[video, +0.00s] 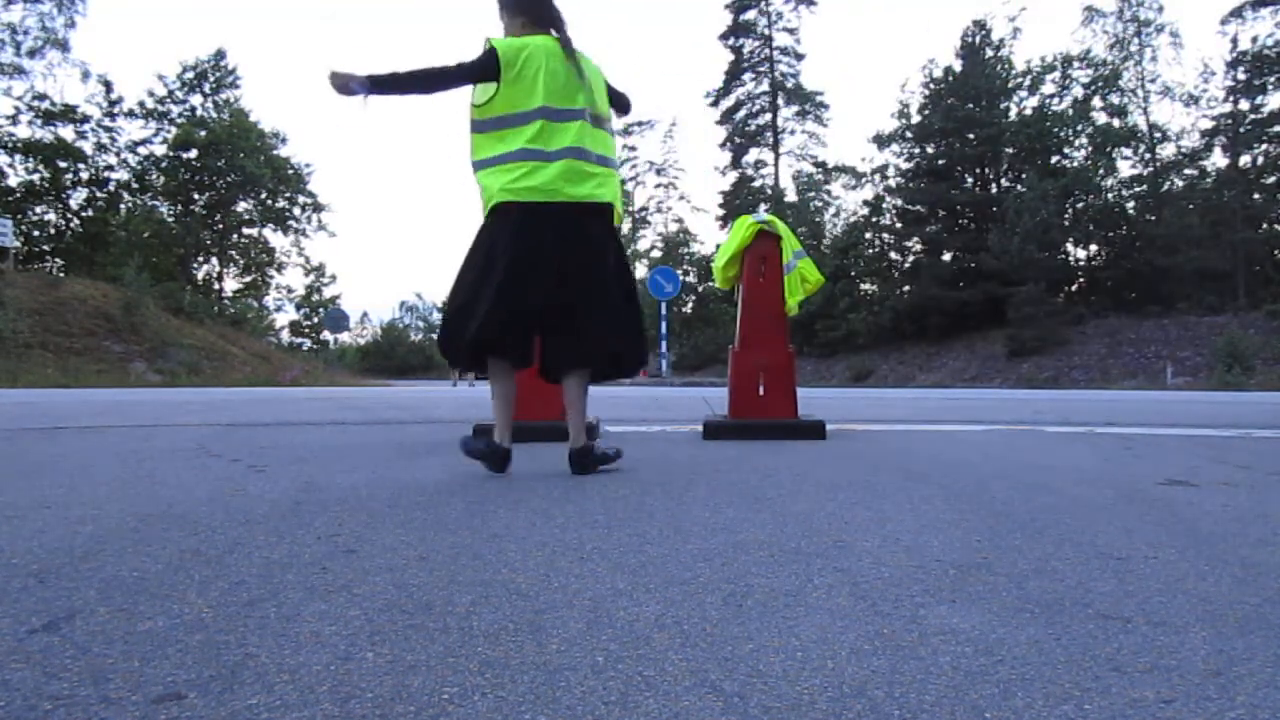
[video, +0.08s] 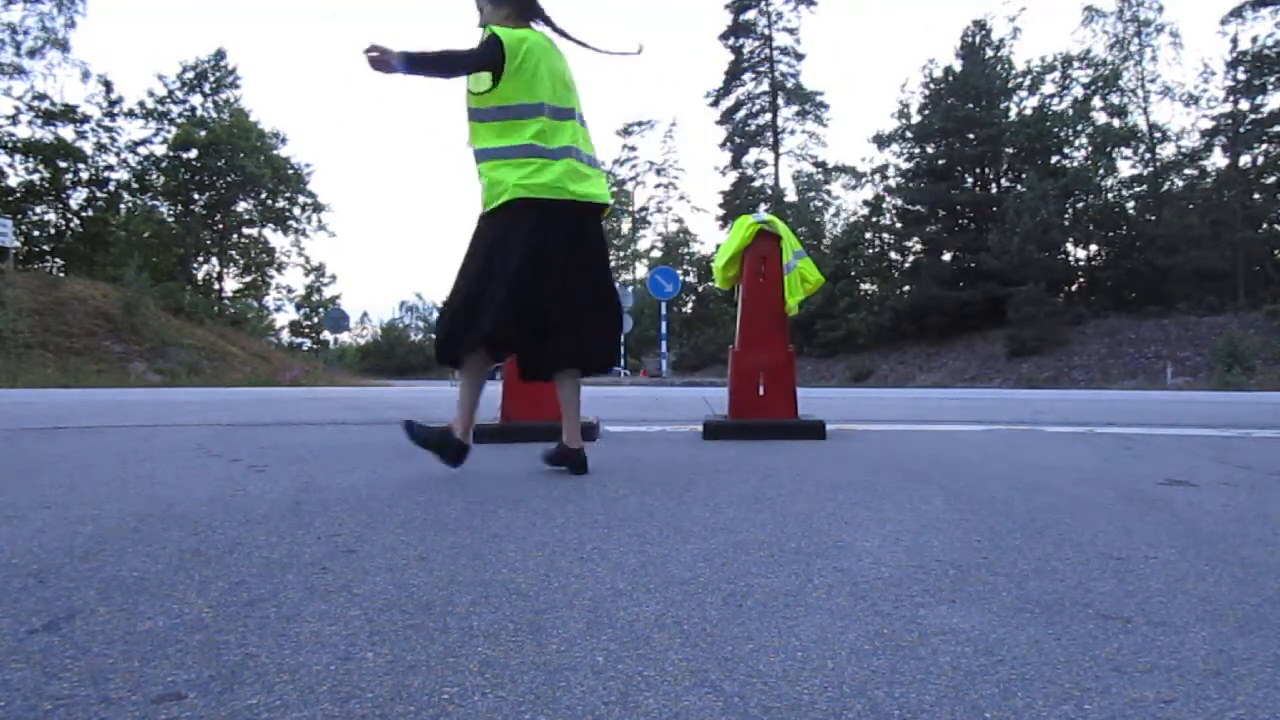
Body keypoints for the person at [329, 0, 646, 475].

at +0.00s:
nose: (502, 27)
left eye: (504, 18)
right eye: (503, 19)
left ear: (517, 17)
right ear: (552, 20)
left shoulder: (507, 53)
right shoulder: (587, 67)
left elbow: (446, 77)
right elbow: (622, 104)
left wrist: (366, 83)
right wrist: (587, 89)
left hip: (521, 213)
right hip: (588, 215)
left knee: (501, 324)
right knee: (574, 328)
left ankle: (501, 444)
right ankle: (581, 446)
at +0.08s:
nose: (481, 17)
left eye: (482, 9)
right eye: (481, 10)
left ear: (495, 9)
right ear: (529, 11)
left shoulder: (505, 41)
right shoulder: (553, 54)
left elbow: (464, 61)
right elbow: (569, 130)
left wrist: (400, 61)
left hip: (522, 207)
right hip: (576, 209)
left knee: (480, 320)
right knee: (564, 325)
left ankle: (458, 434)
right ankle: (573, 446)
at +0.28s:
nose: (437, 14)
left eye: (443, 5)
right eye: (438, 7)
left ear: (470, 8)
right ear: (470, 11)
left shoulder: (495, 58)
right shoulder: (465, 74)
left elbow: (518, 85)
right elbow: (421, 116)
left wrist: (544, 95)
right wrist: (353, 121)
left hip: (478, 232)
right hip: (485, 232)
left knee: (429, 339)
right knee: (496, 341)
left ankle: (392, 454)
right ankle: (558, 426)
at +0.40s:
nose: (428, 8)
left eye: (439, 1)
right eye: (425, 2)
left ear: (466, 11)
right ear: (423, 16)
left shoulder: (496, 71)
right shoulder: (410, 84)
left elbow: (555, 116)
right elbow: (345, 122)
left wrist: (615, 123)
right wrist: (265, 132)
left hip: (476, 237)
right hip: (423, 233)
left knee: (422, 342)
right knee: (393, 338)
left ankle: (388, 456)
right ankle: (475, 400)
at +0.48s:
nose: (426, 8)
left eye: (437, 2)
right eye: (421, 2)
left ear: (460, 14)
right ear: (414, 14)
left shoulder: (492, 79)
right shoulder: (387, 79)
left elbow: (559, 126)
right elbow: (312, 109)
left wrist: (629, 116)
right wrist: (238, 107)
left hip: (457, 237)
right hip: (396, 233)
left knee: (413, 337)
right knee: (381, 331)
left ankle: (387, 454)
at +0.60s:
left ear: (454, 2)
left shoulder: (479, 59)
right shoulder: (378, 34)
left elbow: (542, 99)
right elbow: (304, 35)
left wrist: (608, 68)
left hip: (440, 215)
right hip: (372, 203)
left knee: (414, 331)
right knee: (371, 309)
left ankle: (385, 452)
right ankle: (336, 424)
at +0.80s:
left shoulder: (430, 33)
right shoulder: (407, 7)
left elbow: (442, 92)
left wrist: (498, 107)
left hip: (335, 160)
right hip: (381, 151)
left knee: (372, 296)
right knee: (409, 292)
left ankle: (305, 401)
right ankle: (394, 427)